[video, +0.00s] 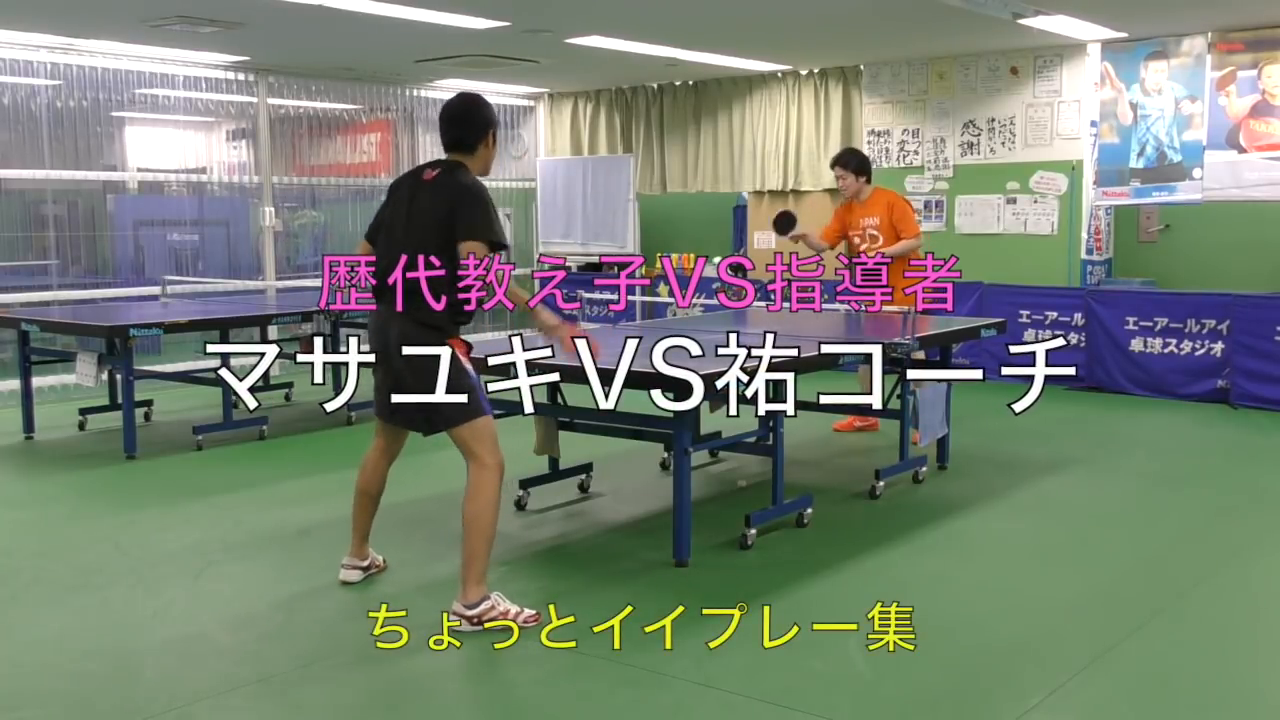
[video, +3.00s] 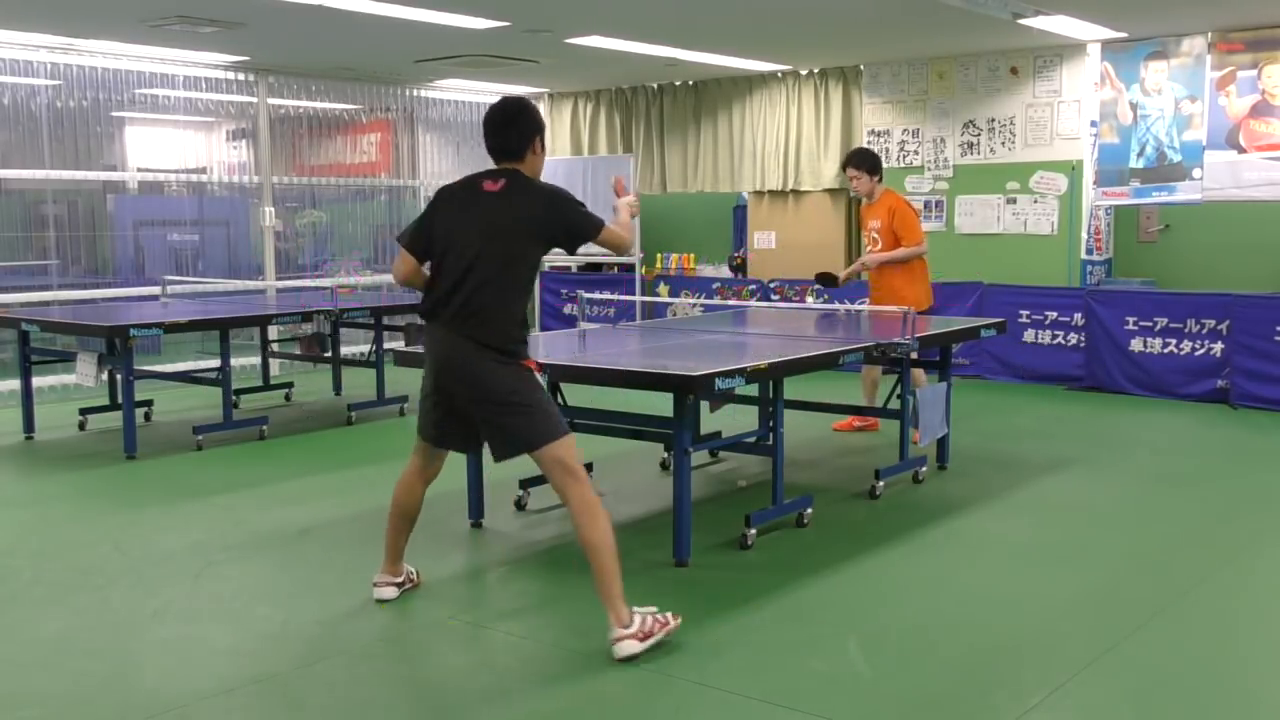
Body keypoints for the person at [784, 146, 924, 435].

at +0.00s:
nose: (839, 184)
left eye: (843, 177)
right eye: (837, 178)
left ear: (861, 176)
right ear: (841, 178)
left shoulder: (893, 202)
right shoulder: (844, 211)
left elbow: (914, 241)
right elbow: (824, 245)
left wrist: (882, 252)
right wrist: (805, 237)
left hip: (904, 295)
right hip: (869, 297)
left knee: (914, 359)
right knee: (866, 355)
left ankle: (923, 420)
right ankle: (867, 413)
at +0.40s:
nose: (847, 174)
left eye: (853, 168)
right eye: (844, 169)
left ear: (870, 170)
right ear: (842, 172)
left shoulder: (893, 200)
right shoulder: (851, 209)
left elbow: (912, 240)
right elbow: (847, 255)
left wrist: (879, 251)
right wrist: (823, 277)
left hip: (898, 296)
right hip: (865, 298)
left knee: (911, 358)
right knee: (864, 354)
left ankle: (925, 417)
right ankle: (867, 413)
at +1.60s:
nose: (842, 181)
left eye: (847, 175)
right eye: (841, 175)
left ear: (865, 175)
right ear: (846, 176)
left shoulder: (897, 202)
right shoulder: (848, 208)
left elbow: (917, 241)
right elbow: (830, 245)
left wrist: (888, 249)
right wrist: (812, 238)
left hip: (903, 297)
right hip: (869, 298)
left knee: (913, 360)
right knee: (868, 355)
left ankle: (925, 420)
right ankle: (867, 413)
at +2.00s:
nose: (855, 172)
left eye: (861, 166)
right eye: (852, 167)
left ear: (877, 167)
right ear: (849, 170)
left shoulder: (897, 198)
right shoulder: (855, 206)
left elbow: (918, 238)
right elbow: (852, 249)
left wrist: (886, 244)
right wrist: (834, 271)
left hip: (901, 295)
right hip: (869, 296)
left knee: (911, 359)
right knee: (869, 354)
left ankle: (924, 418)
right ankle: (867, 413)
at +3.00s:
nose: (853, 185)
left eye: (857, 179)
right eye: (850, 179)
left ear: (874, 176)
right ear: (850, 179)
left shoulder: (897, 205)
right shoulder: (866, 208)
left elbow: (919, 247)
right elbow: (876, 250)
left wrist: (878, 258)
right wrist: (852, 270)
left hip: (908, 300)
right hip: (880, 298)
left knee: (909, 360)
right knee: (871, 356)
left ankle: (928, 419)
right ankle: (868, 414)